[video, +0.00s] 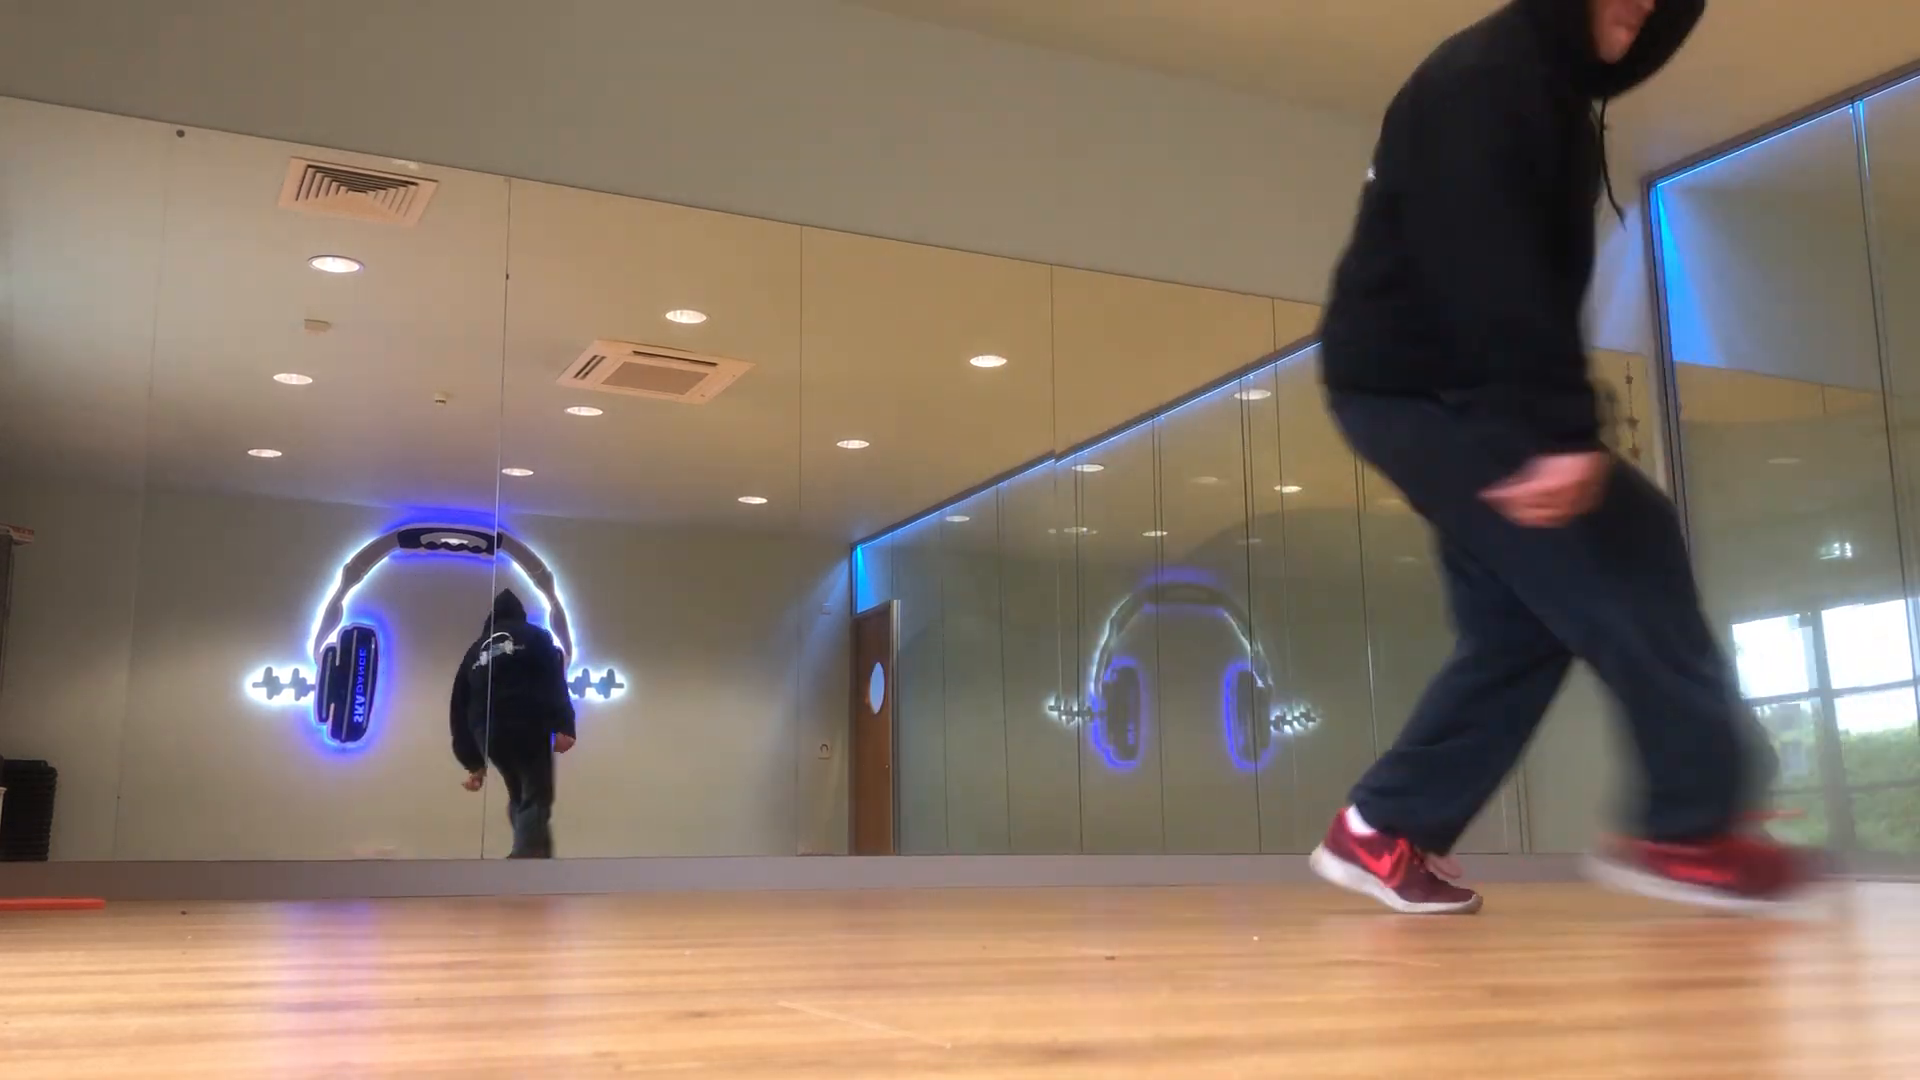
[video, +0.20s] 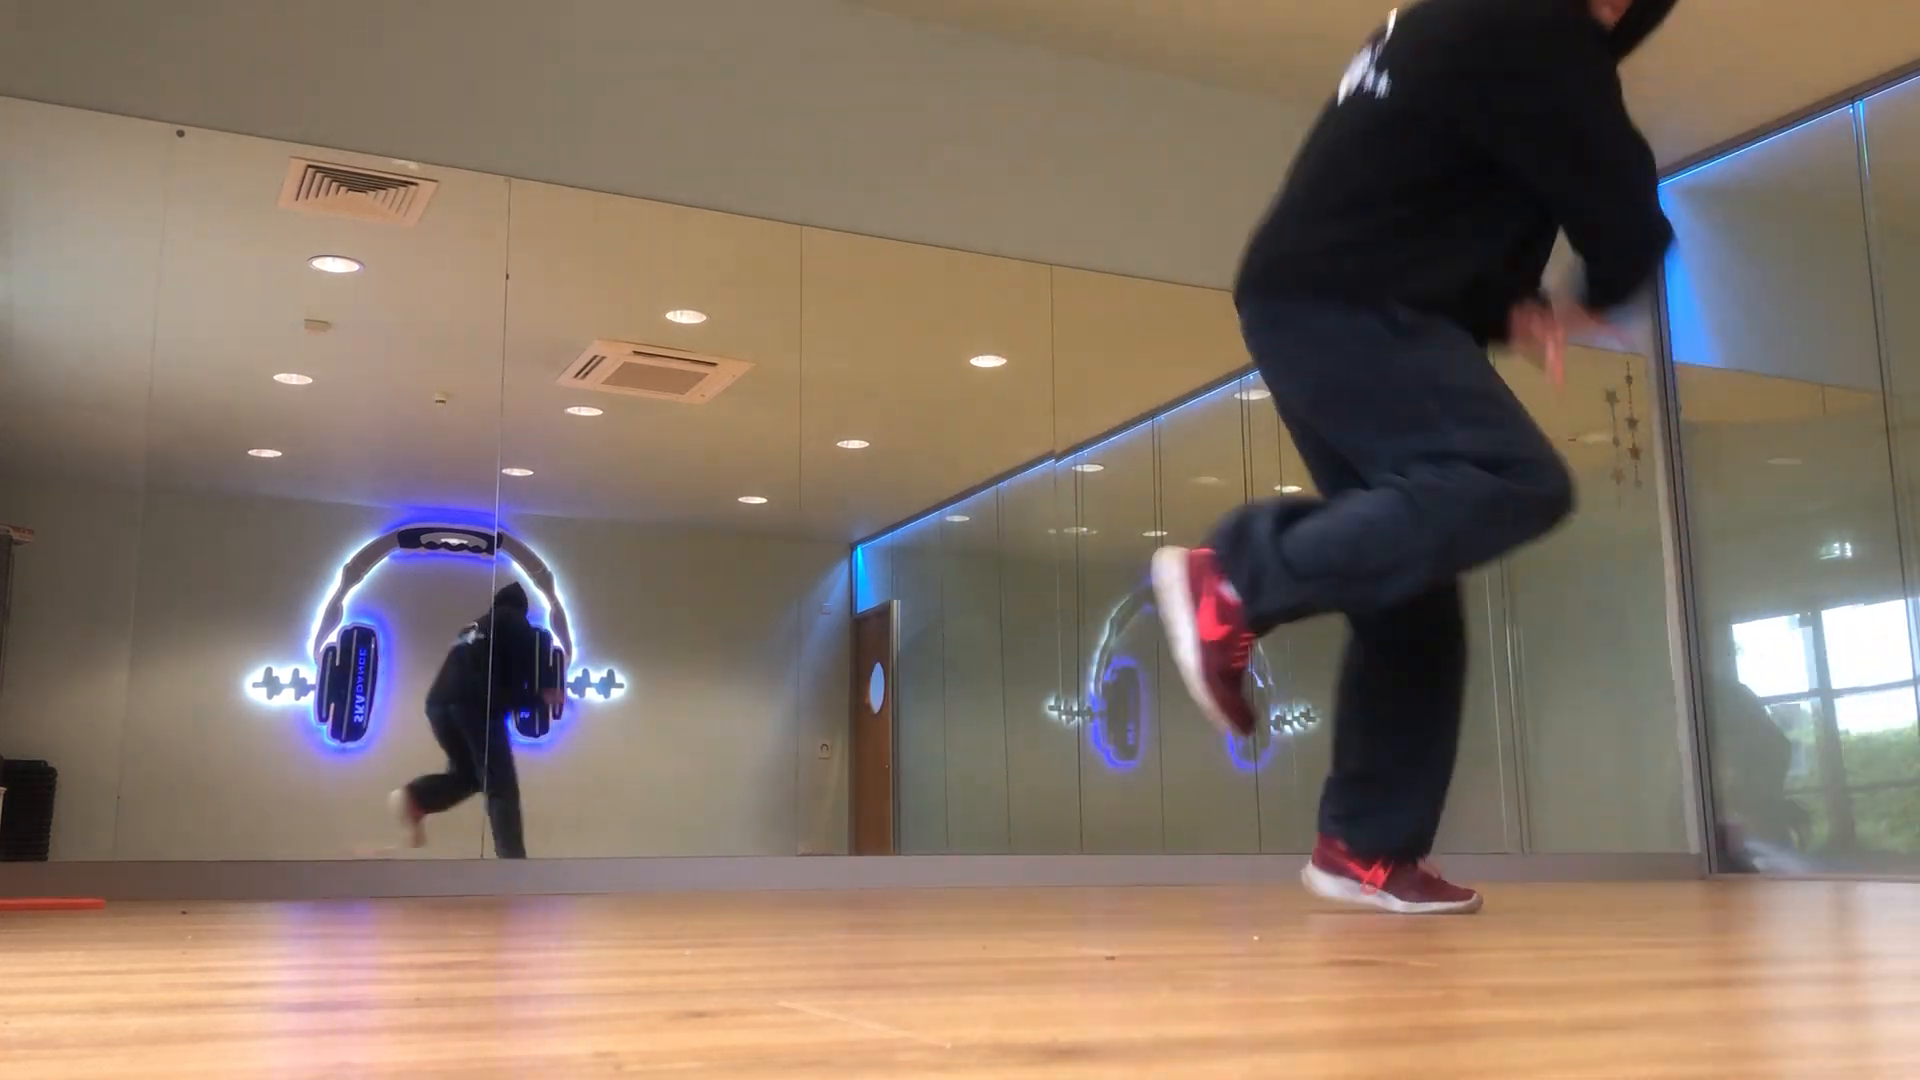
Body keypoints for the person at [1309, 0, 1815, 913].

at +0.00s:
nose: (1639, 13)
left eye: (1651, 6)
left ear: (1647, 17)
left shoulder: (1557, 88)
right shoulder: (1490, 79)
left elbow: (1544, 275)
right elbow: (1493, 265)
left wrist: (1567, 425)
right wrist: (1558, 426)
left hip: (1459, 387)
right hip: (1415, 386)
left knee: (1524, 621)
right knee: (1624, 537)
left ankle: (1382, 827)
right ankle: (1687, 825)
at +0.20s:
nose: (1629, 24)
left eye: (1635, 17)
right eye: (1634, 14)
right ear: (1611, 2)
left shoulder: (1463, 21)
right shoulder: (1539, 33)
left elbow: (1426, 183)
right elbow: (1629, 216)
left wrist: (1510, 299)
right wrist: (1599, 298)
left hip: (1313, 303)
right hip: (1354, 301)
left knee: (1410, 585)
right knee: (1518, 480)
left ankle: (1364, 845)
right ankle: (1230, 578)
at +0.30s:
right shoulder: (1552, 16)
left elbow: (1607, 180)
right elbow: (1608, 174)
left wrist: (1523, 188)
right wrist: (1539, 179)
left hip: (1283, 234)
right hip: (1319, 228)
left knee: (1336, 527)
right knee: (1451, 455)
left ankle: (1275, 808)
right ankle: (1228, 674)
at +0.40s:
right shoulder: (1539, 14)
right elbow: (1612, 178)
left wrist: (1486, 149)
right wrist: (1534, 264)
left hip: (1271, 246)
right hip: (1301, 242)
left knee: (1269, 539)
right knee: (1413, 495)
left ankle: (1134, 817)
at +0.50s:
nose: (1599, 16)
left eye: (1597, 15)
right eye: (1601, 10)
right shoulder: (1499, 17)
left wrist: (1452, 216)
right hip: (1274, 284)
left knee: (1310, 579)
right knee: (1418, 535)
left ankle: (1147, 797)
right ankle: (1292, 843)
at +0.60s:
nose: (1580, 7)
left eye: (1588, 10)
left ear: (1571, 18)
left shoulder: (1488, 39)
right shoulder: (1410, 12)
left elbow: (1564, 53)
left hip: (1281, 279)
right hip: (1216, 258)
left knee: (1414, 517)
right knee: (1351, 531)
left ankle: (1223, 747)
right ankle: (1283, 846)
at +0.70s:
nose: (1568, 1)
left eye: (1584, 7)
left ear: (1579, 22)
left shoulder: (1504, 78)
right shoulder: (1408, 9)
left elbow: (1441, 252)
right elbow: (1292, 11)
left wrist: (1478, 185)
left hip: (1301, 284)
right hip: (1189, 238)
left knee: (1358, 495)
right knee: (1196, 505)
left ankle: (1295, 804)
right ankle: (1090, 808)